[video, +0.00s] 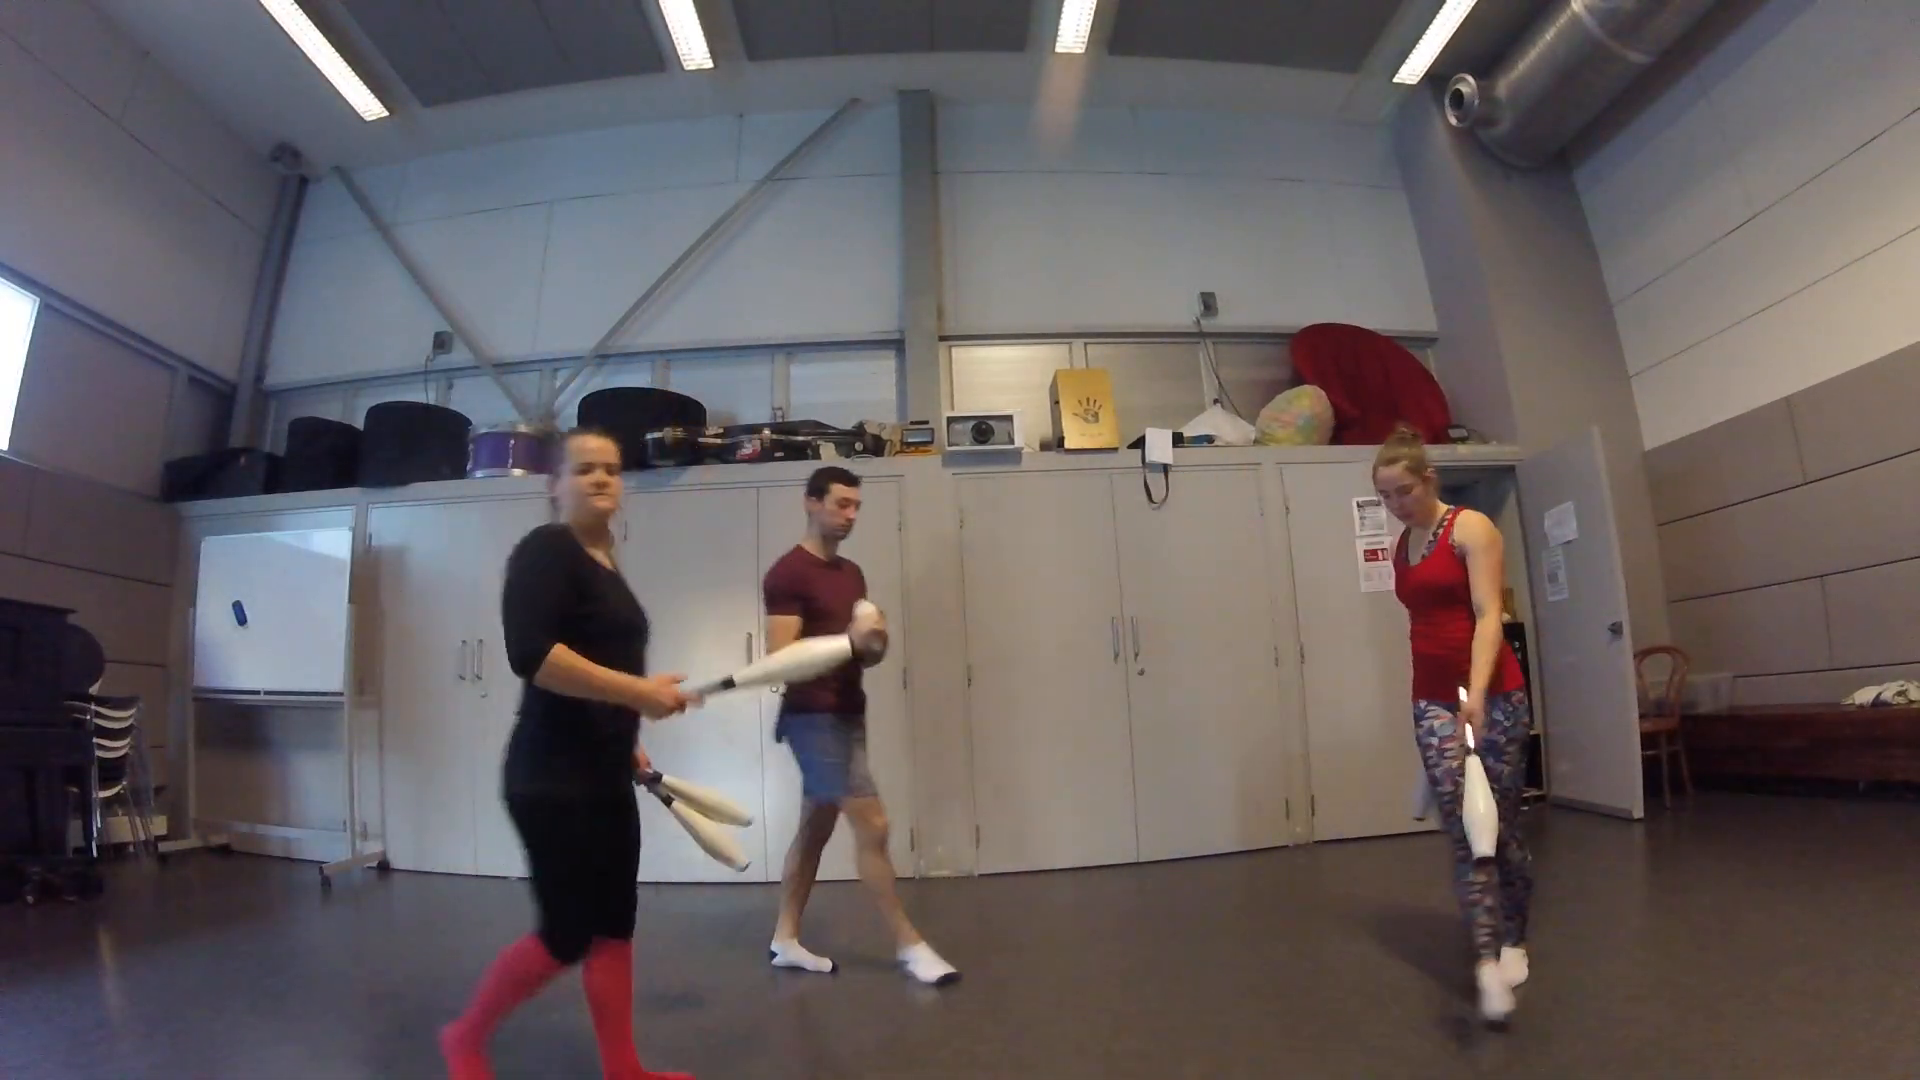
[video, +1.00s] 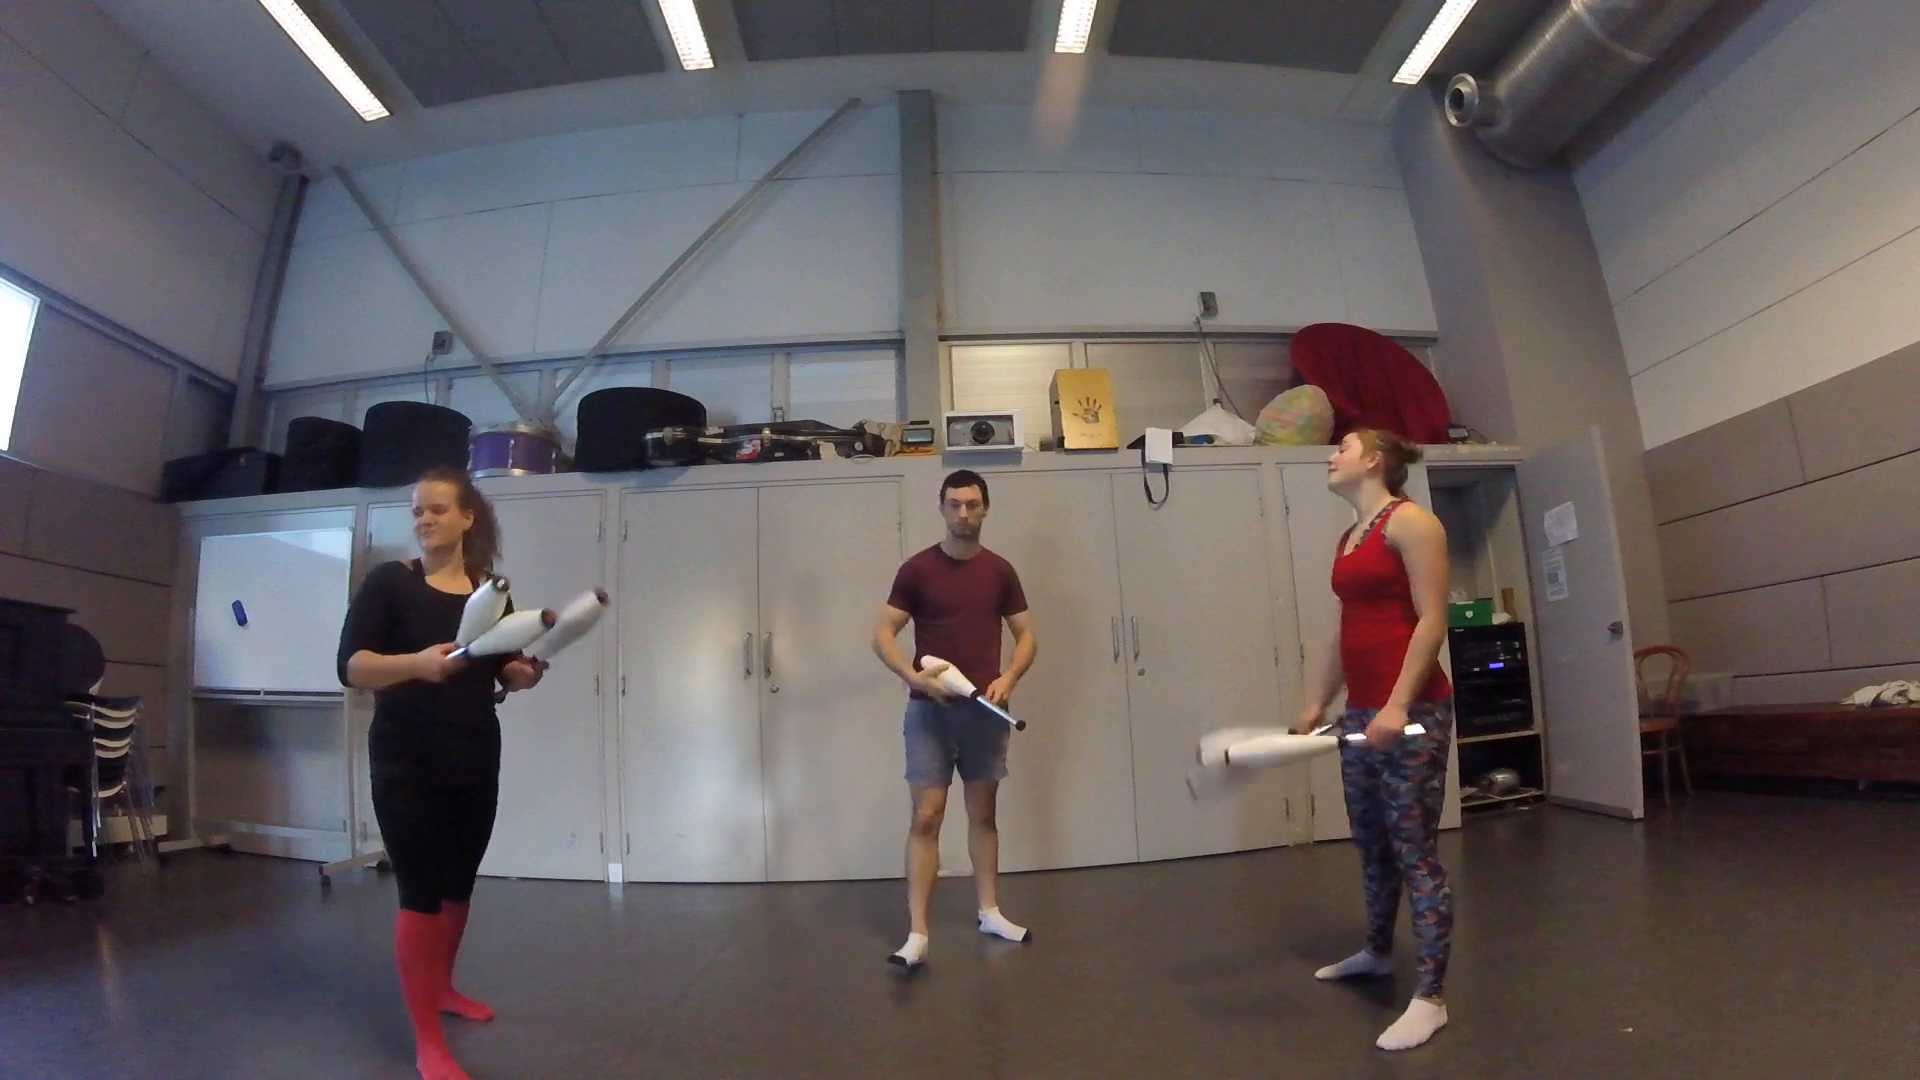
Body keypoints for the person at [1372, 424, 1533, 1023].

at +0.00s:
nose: (1394, 503)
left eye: (1402, 491)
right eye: (1385, 494)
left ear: (1428, 480)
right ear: (1380, 492)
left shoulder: (1472, 528)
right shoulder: (1404, 541)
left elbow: (1490, 615)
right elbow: (1426, 622)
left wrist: (1476, 695)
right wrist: (1426, 694)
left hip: (1494, 697)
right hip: (1434, 701)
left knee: (1502, 828)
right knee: (1464, 831)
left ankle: (1513, 940)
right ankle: (1486, 959)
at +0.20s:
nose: (1369, 497)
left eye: (1376, 484)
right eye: (1365, 486)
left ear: (1411, 476)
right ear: (1381, 485)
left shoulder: (1465, 526)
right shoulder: (1393, 543)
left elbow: (1501, 612)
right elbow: (1407, 631)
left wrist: (1520, 697)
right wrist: (1405, 709)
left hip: (1481, 702)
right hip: (1423, 705)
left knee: (1498, 821)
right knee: (1417, 822)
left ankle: (1514, 943)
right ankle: (1401, 950)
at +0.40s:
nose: (1348, 488)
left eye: (1357, 477)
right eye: (1345, 478)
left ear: (1392, 479)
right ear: (1357, 484)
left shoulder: (1433, 533)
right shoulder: (1370, 545)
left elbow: (1484, 615)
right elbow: (1375, 636)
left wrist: (1525, 691)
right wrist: (1361, 708)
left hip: (1445, 711)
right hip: (1388, 715)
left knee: (1472, 831)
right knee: (1397, 836)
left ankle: (1509, 944)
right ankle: (1381, 946)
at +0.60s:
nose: (1351, 471)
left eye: (1363, 462)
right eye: (1344, 462)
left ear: (1386, 474)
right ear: (1335, 474)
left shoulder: (1410, 530)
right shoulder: (1341, 545)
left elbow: (1448, 618)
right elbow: (1345, 637)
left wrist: (1472, 701)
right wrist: (1339, 712)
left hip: (1419, 701)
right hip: (1361, 706)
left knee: (1427, 830)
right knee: (1380, 832)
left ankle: (1493, 929)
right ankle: (1379, 948)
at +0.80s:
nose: (1375, 458)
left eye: (1385, 455)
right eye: (1364, 451)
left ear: (1393, 476)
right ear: (1341, 469)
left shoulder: (1413, 532)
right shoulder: (1329, 543)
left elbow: (1426, 625)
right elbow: (1317, 631)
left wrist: (1405, 707)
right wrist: (1305, 704)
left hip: (1413, 711)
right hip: (1357, 715)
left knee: (1424, 840)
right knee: (1377, 837)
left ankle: (1446, 981)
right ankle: (1378, 951)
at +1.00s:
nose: (1333, 454)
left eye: (1345, 446)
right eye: (1336, 446)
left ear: (1376, 459)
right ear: (1364, 464)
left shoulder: (1412, 523)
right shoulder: (1350, 535)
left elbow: (1434, 621)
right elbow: (1348, 628)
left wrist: (1397, 704)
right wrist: (1317, 699)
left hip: (1413, 713)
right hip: (1363, 712)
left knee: (1414, 851)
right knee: (1373, 843)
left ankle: (1432, 997)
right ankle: (1377, 952)